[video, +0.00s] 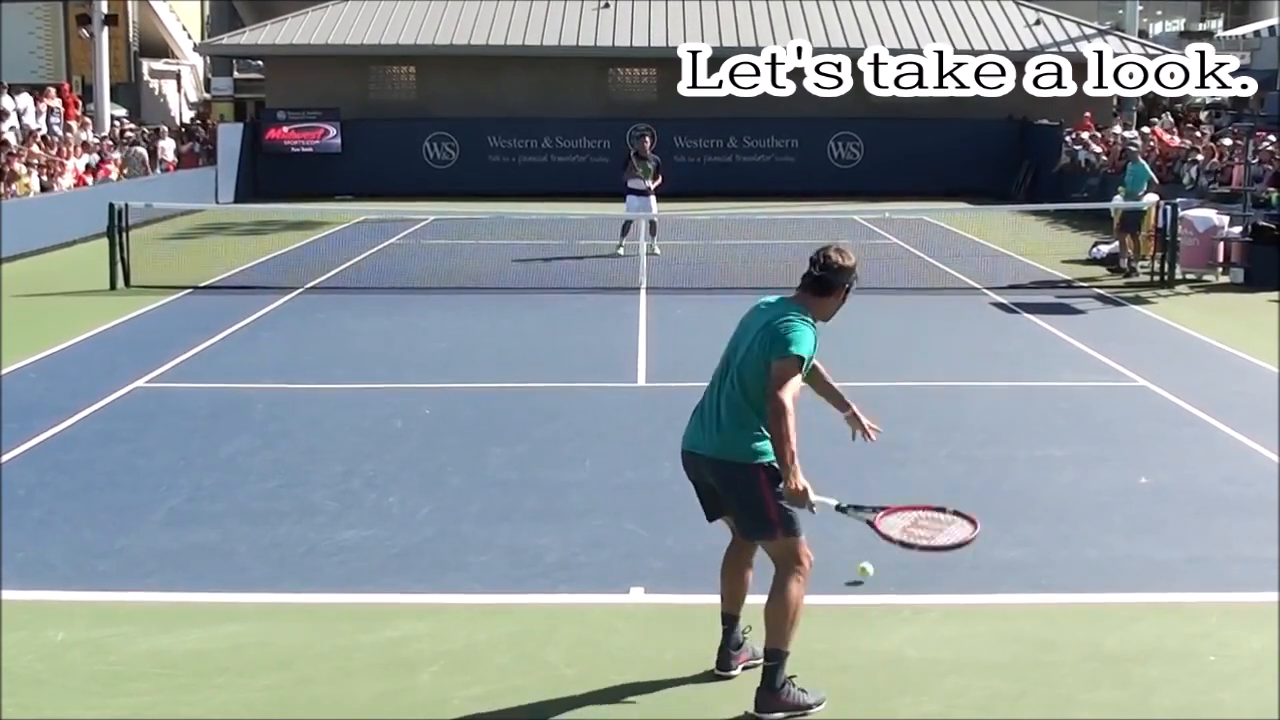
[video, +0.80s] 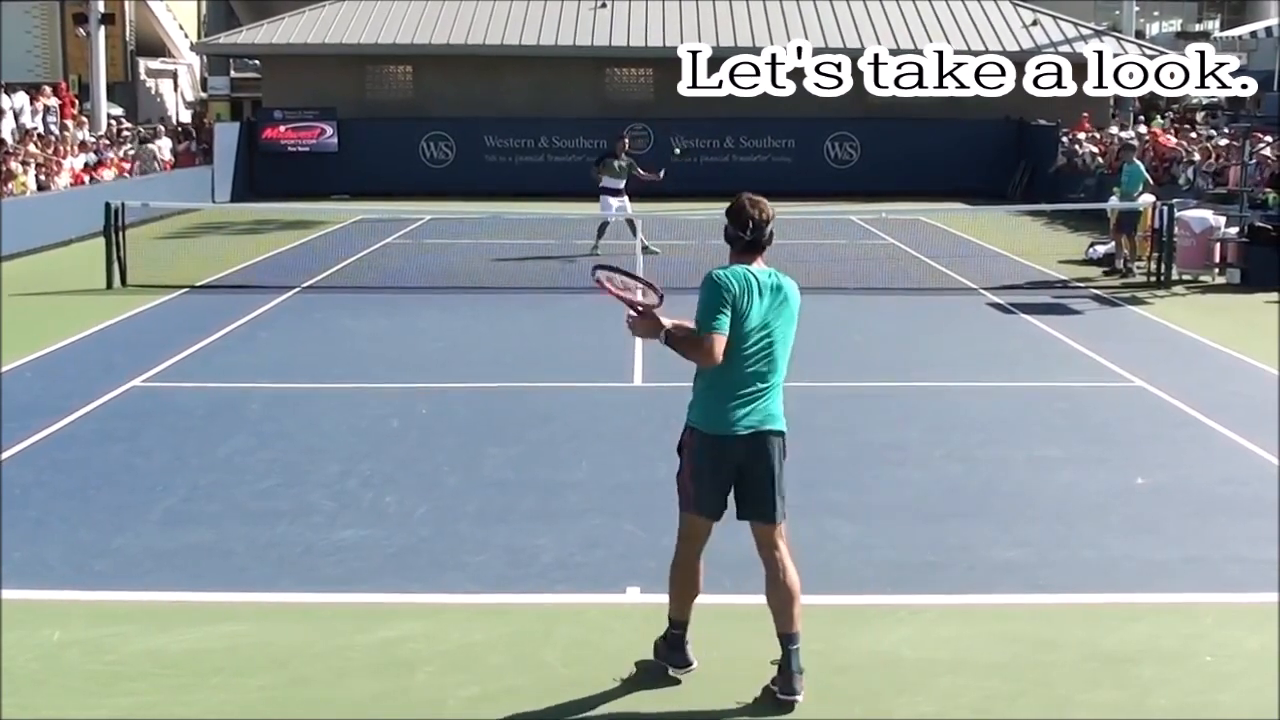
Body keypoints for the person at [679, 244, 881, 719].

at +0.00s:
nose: (843, 305)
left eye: (845, 297)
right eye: (846, 297)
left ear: (805, 280)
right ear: (837, 294)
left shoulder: (767, 308)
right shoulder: (798, 330)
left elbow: (809, 368)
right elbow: (780, 398)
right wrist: (792, 471)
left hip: (701, 449)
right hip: (742, 456)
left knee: (744, 538)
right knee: (795, 562)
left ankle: (731, 647)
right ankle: (774, 687)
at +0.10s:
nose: (838, 310)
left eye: (840, 301)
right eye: (841, 302)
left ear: (800, 282)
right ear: (833, 298)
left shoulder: (747, 302)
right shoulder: (809, 349)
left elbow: (740, 365)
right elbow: (805, 441)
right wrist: (832, 512)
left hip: (697, 453)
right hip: (748, 464)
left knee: (733, 536)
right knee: (794, 562)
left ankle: (729, 648)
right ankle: (773, 682)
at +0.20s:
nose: (830, 304)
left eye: (833, 296)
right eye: (833, 296)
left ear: (791, 275)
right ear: (826, 293)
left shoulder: (733, 293)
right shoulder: (812, 348)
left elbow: (701, 336)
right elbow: (805, 424)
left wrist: (746, 360)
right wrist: (815, 454)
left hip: (698, 451)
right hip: (751, 462)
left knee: (723, 535)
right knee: (789, 558)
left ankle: (728, 648)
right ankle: (774, 677)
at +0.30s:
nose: (822, 286)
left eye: (819, 277)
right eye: (824, 279)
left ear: (784, 260)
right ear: (821, 278)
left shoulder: (726, 287)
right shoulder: (813, 331)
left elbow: (676, 329)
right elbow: (805, 392)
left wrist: (719, 324)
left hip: (701, 445)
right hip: (760, 451)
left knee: (715, 538)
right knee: (777, 548)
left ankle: (726, 650)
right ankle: (778, 660)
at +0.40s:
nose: (814, 267)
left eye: (808, 258)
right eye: (816, 261)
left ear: (773, 248)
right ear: (813, 263)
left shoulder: (723, 280)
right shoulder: (812, 314)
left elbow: (665, 329)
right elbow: (773, 321)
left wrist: (691, 290)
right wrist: (721, 285)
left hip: (705, 437)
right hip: (763, 443)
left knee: (716, 538)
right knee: (774, 538)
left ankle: (725, 649)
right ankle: (788, 649)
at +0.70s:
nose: (748, 246)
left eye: (746, 239)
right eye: (773, 240)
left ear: (743, 244)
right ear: (786, 249)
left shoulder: (731, 293)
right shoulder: (800, 298)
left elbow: (709, 362)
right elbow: (744, 311)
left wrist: (675, 322)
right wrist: (692, 284)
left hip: (712, 441)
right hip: (768, 440)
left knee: (706, 548)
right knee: (782, 552)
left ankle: (708, 649)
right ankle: (793, 672)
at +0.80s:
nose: (728, 237)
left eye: (728, 230)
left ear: (728, 234)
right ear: (770, 238)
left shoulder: (722, 280)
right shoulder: (789, 289)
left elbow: (710, 352)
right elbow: (739, 353)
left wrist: (658, 329)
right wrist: (670, 329)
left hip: (713, 433)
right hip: (768, 434)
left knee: (690, 542)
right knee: (776, 549)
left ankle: (675, 645)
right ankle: (791, 671)